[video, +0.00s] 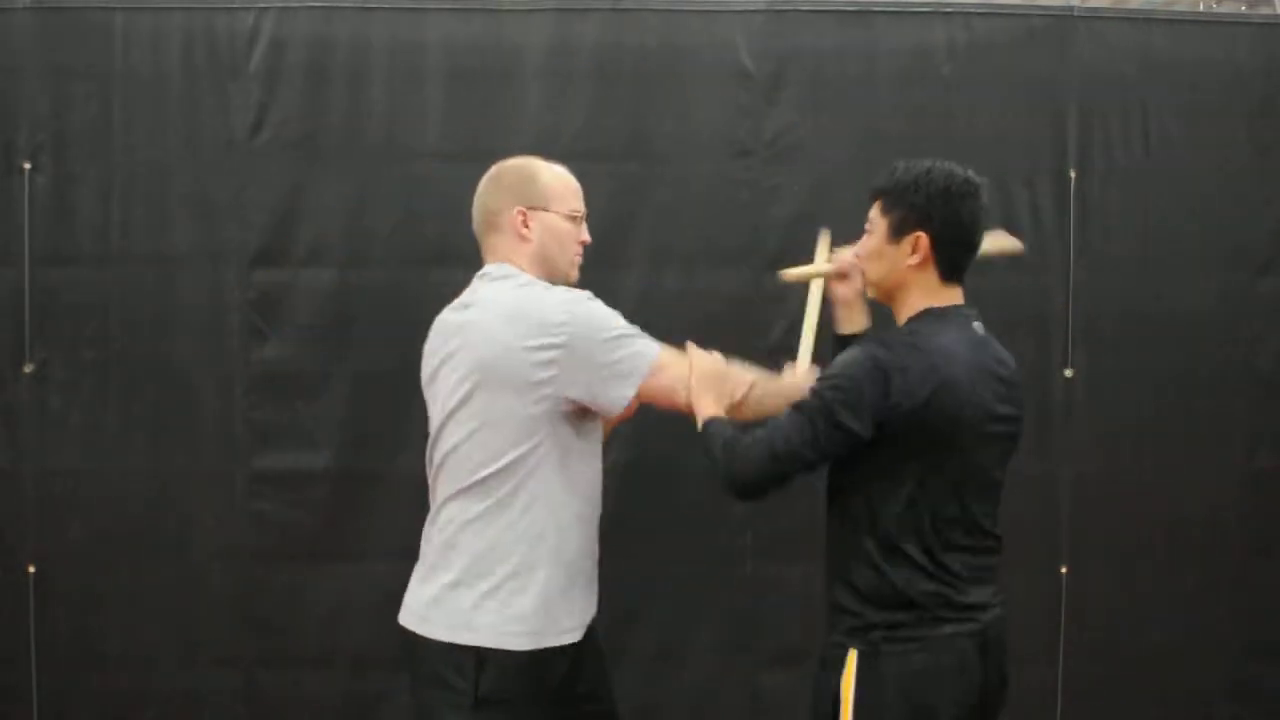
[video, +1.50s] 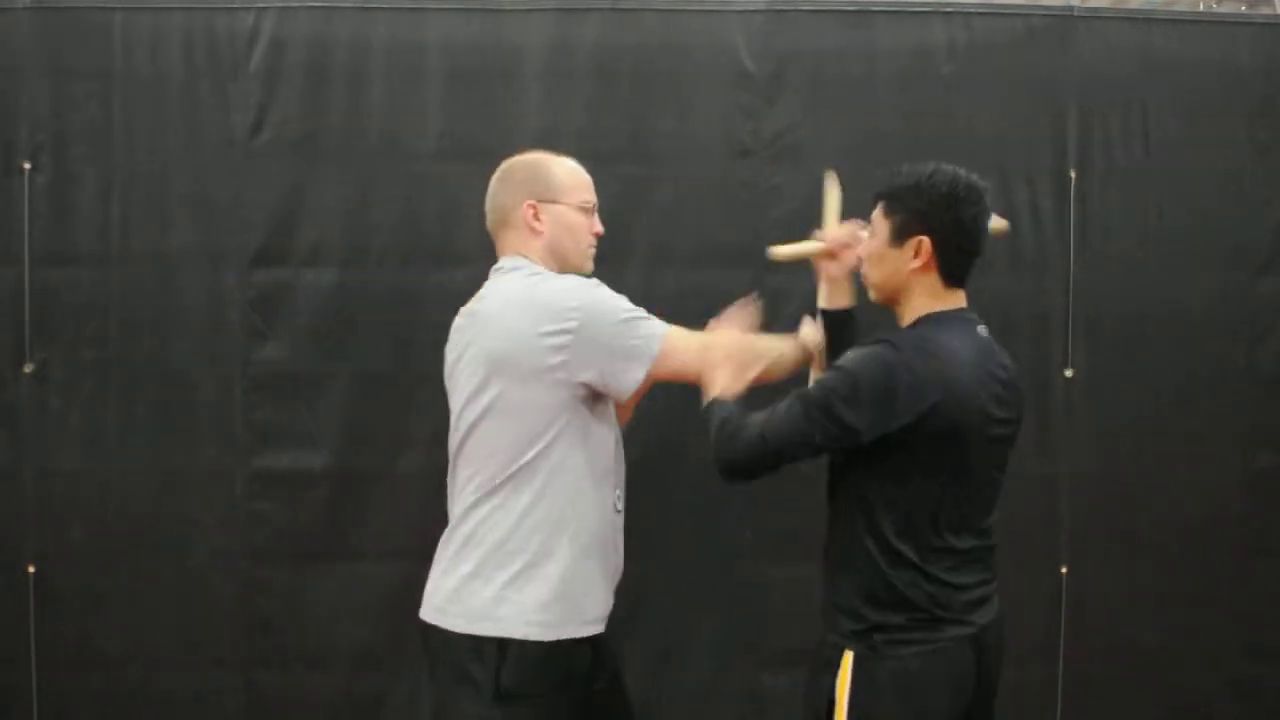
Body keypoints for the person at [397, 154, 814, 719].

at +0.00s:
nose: (587, 237)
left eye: (584, 221)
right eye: (574, 218)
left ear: (525, 225)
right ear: (525, 223)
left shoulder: (454, 323)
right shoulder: (557, 317)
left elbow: (570, 431)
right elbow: (695, 385)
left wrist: (652, 372)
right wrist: (791, 389)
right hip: (517, 641)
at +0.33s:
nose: (534, 219)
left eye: (528, 202)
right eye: (517, 203)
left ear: (462, 221)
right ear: (462, 220)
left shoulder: (484, 285)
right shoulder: (476, 315)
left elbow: (616, 265)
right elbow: (640, 372)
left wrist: (749, 297)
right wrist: (688, 346)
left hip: (524, 621)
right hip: (463, 645)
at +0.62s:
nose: (498, 220)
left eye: (498, 204)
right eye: (477, 203)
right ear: (416, 217)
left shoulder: (506, 299)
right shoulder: (385, 320)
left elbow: (640, 343)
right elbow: (558, 384)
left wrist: (562, 281)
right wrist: (641, 244)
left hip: (535, 630)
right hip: (432, 647)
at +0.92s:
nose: (526, 234)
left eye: (528, 219)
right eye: (505, 218)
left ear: (534, 228)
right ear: (445, 231)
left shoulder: (552, 340)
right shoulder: (397, 338)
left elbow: (606, 451)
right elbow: (399, 456)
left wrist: (656, 491)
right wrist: (352, 293)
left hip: (554, 645)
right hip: (441, 674)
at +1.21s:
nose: (587, 224)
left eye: (585, 209)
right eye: (571, 206)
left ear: (519, 216)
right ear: (515, 212)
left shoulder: (533, 315)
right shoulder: (487, 304)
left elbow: (544, 480)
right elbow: (649, 345)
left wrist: (620, 440)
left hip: (572, 627)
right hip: (492, 637)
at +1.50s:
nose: (600, 228)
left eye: (596, 212)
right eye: (586, 209)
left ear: (536, 219)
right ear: (535, 217)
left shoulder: (482, 312)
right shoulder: (561, 304)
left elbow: (599, 416)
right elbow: (719, 357)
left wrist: (698, 344)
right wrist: (805, 345)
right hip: (525, 635)